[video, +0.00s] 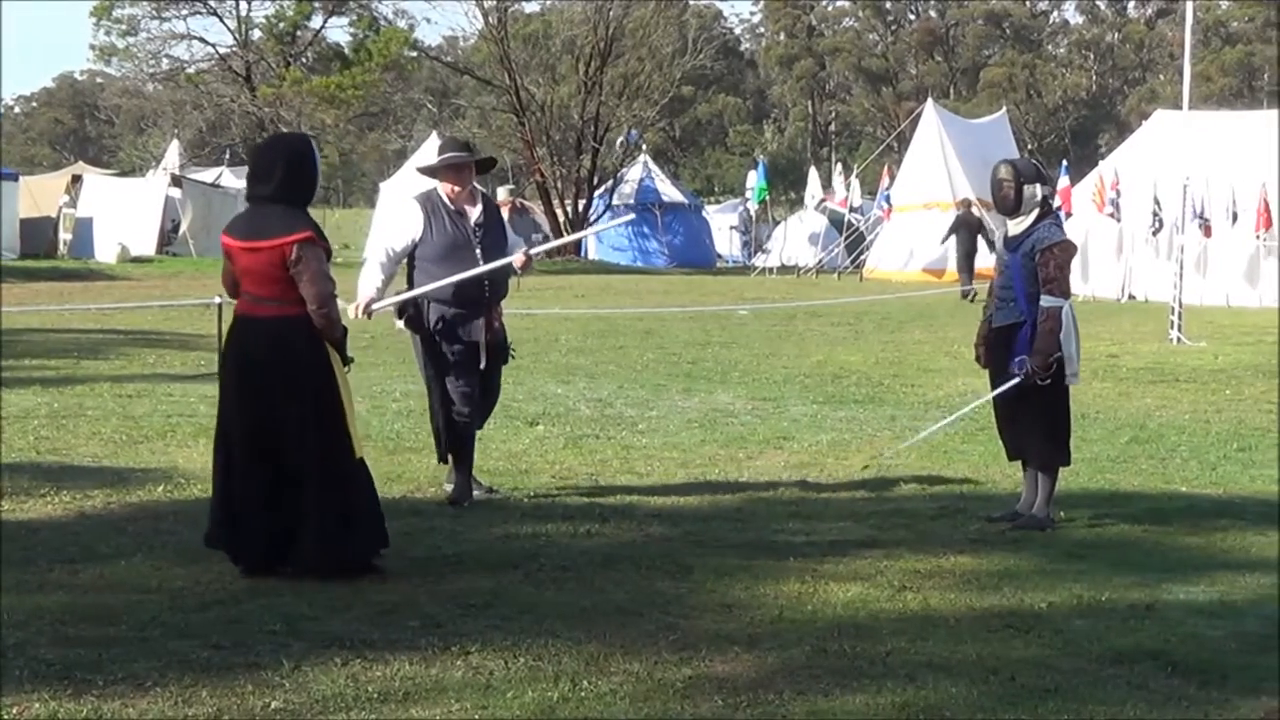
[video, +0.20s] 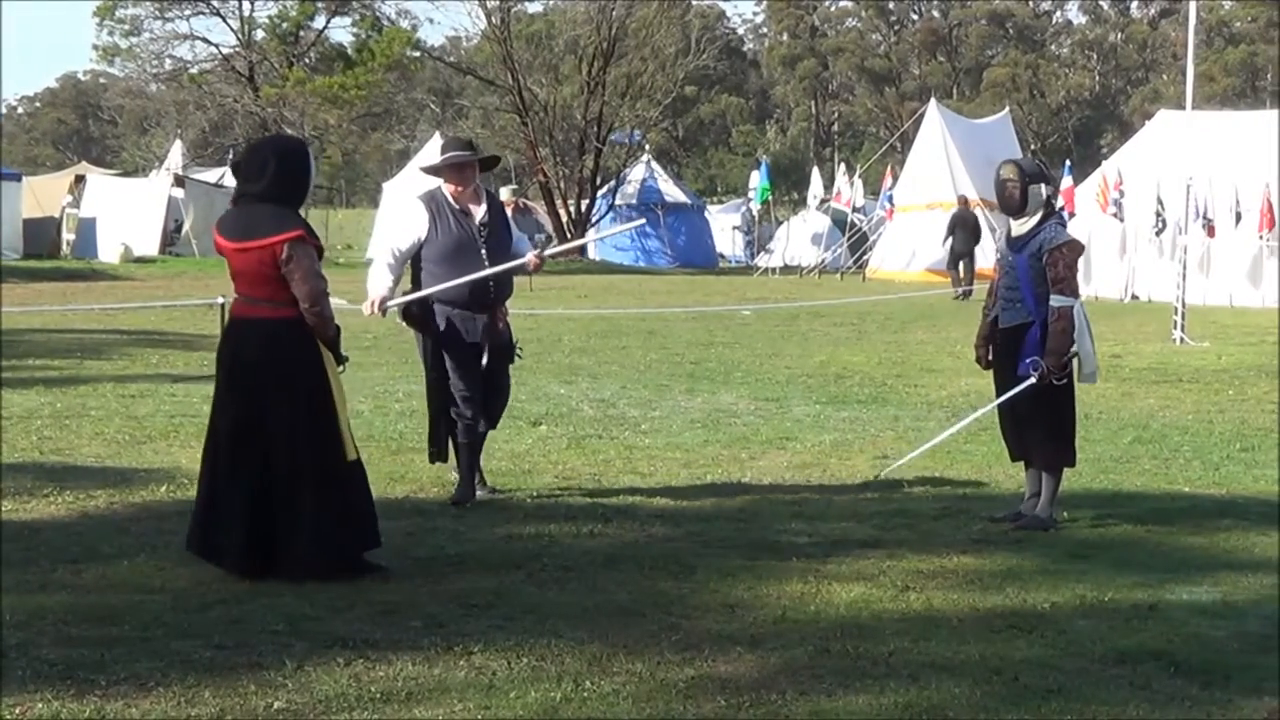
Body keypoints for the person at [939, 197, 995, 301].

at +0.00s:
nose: (960, 208)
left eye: (961, 206)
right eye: (961, 206)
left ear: (962, 206)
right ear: (971, 206)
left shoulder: (960, 218)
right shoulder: (977, 220)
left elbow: (951, 230)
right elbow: (985, 234)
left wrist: (944, 239)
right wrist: (991, 246)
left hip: (962, 248)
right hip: (973, 248)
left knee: (962, 269)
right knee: (970, 269)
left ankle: (970, 288)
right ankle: (965, 290)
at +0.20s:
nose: (959, 205)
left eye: (959, 203)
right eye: (962, 202)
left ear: (958, 203)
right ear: (967, 203)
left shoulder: (956, 215)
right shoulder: (973, 216)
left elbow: (950, 230)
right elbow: (978, 232)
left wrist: (945, 239)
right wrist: (974, 242)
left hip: (957, 247)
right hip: (969, 247)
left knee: (952, 266)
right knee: (969, 269)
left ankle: (958, 288)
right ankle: (967, 289)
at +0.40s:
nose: (961, 208)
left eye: (959, 206)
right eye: (965, 206)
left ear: (957, 206)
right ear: (966, 206)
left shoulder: (954, 218)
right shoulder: (972, 218)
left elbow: (950, 232)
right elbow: (978, 231)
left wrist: (945, 241)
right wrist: (969, 232)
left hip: (956, 247)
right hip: (968, 248)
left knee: (953, 270)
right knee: (970, 270)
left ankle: (950, 291)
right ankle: (972, 292)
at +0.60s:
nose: (952, 207)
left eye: (951, 205)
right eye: (954, 205)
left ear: (950, 206)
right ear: (958, 205)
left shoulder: (947, 218)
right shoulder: (965, 217)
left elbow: (942, 233)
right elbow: (971, 230)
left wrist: (938, 243)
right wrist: (973, 240)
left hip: (950, 248)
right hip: (960, 248)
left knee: (948, 271)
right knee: (962, 270)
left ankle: (949, 292)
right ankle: (966, 289)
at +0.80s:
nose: (948, 206)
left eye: (948, 204)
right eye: (950, 203)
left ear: (946, 205)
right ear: (954, 204)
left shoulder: (942, 217)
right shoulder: (961, 217)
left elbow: (934, 229)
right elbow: (969, 231)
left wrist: (931, 237)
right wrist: (972, 243)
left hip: (946, 248)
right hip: (956, 247)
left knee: (947, 269)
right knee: (956, 269)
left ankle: (948, 290)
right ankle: (954, 291)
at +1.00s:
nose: (946, 208)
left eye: (945, 206)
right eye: (948, 206)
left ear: (943, 207)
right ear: (951, 207)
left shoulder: (939, 219)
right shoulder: (956, 219)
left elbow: (932, 229)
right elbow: (964, 233)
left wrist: (929, 237)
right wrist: (969, 245)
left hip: (943, 247)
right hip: (953, 247)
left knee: (944, 268)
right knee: (952, 268)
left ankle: (947, 289)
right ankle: (951, 289)